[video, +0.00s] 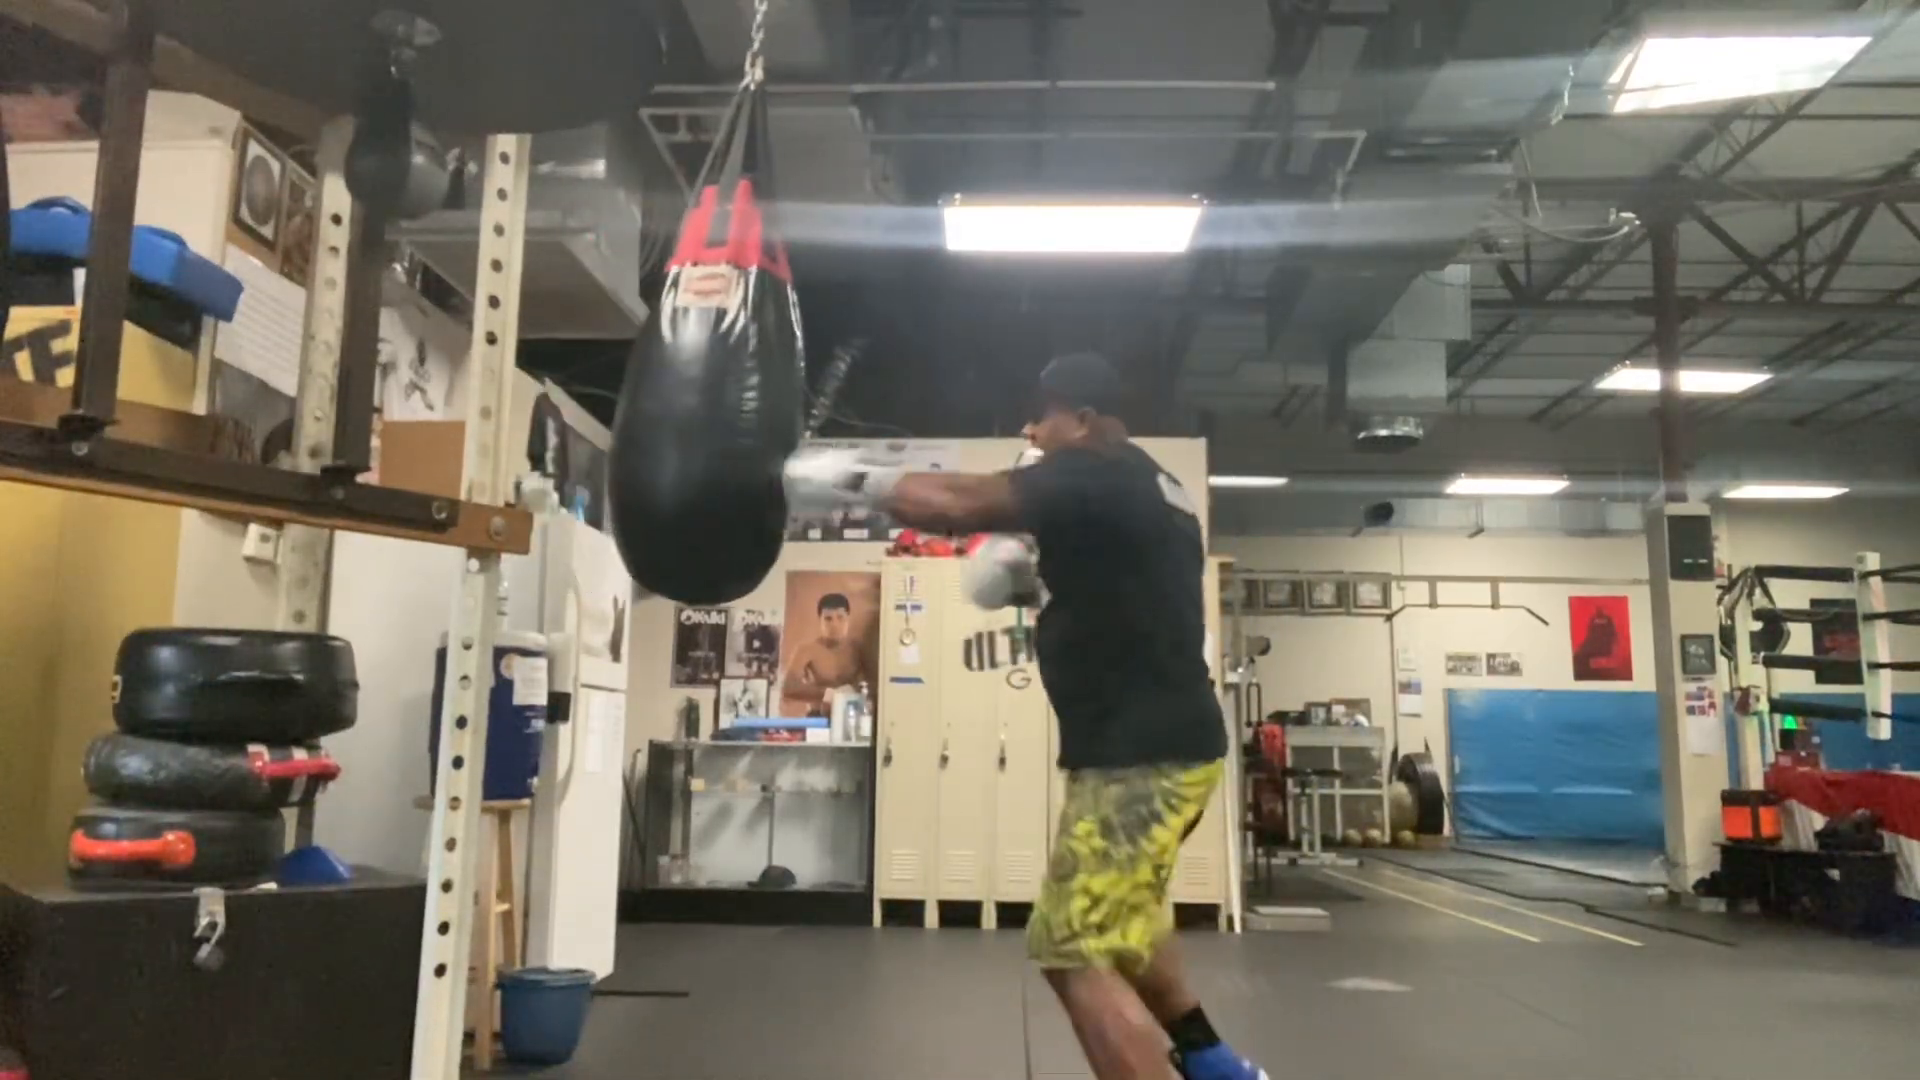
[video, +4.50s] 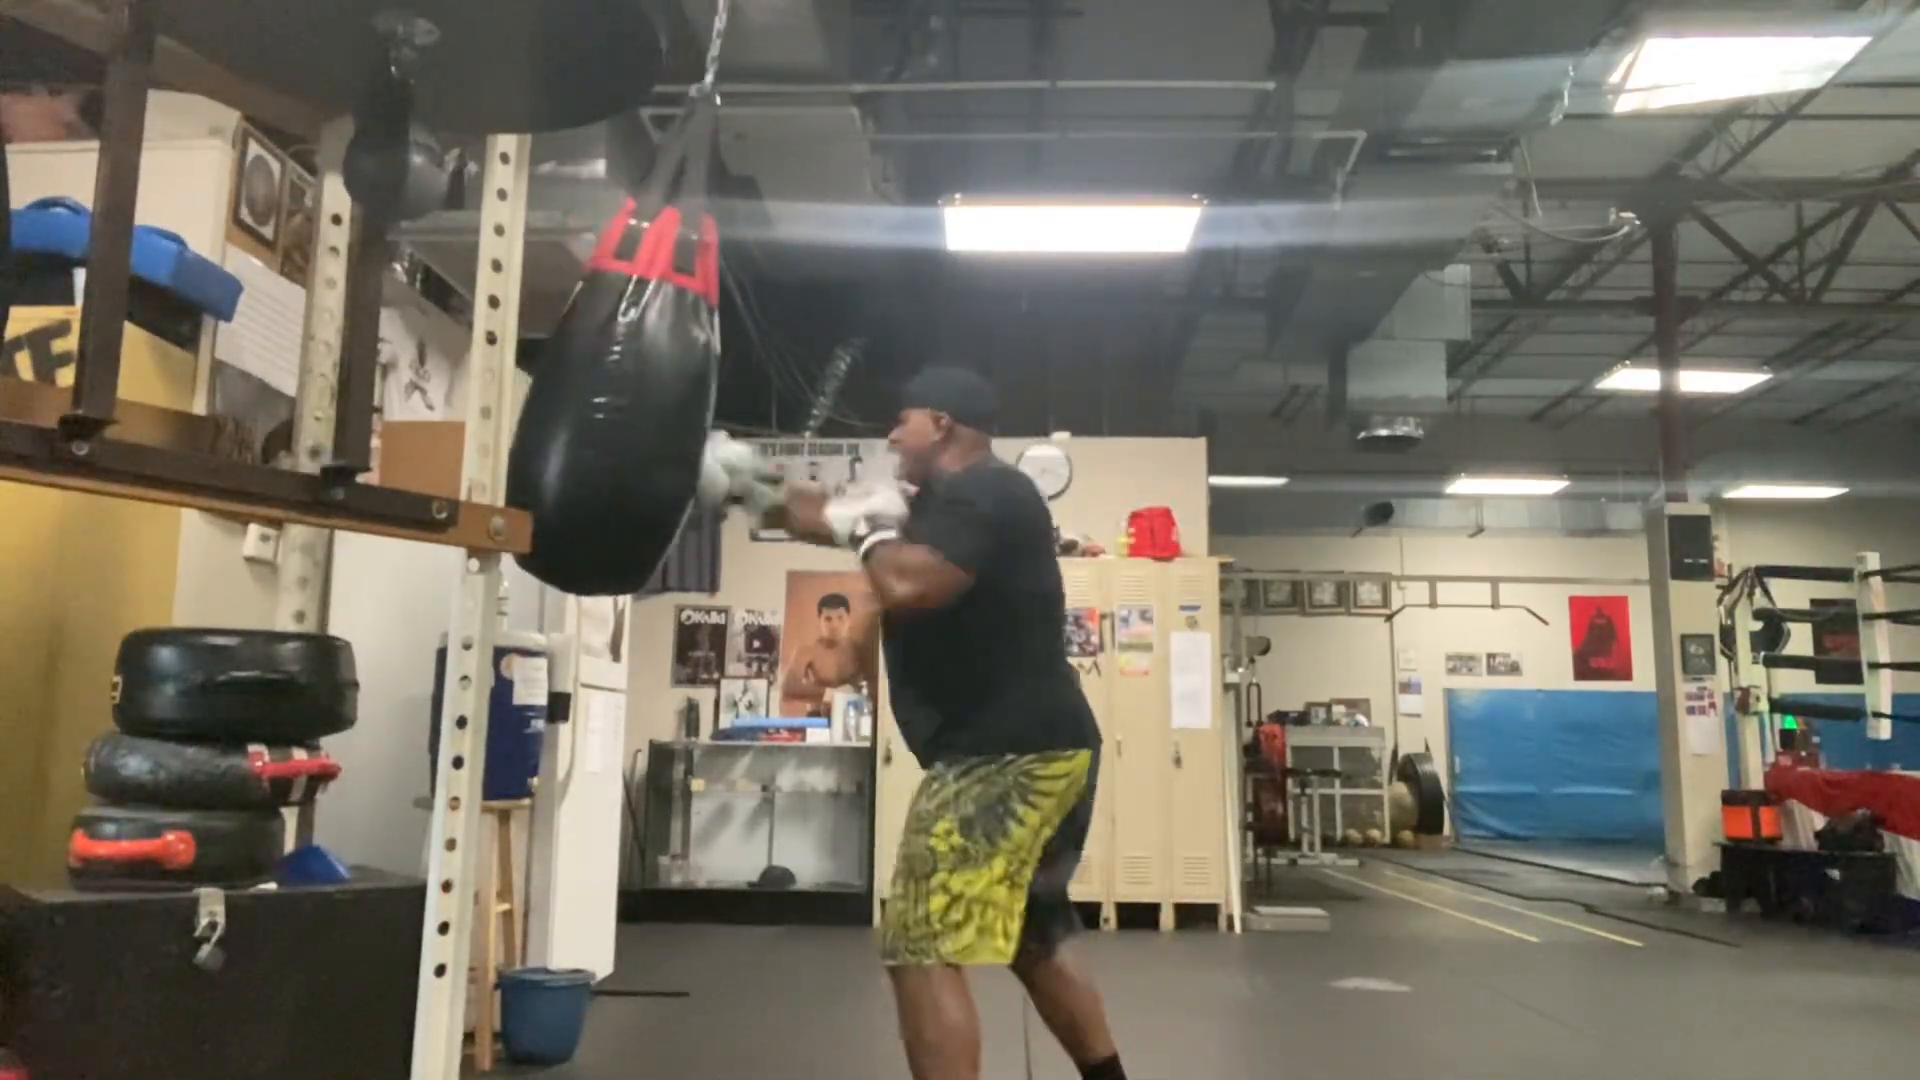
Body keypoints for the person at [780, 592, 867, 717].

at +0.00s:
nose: (834, 624)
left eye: (840, 617)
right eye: (828, 618)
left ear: (848, 619)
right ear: (819, 621)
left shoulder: (857, 651)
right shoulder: (806, 651)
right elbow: (789, 689)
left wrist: (816, 687)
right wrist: (826, 694)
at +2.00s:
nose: (834, 624)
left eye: (840, 618)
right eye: (828, 618)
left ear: (848, 620)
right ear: (819, 621)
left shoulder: (857, 651)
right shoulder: (806, 652)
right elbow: (788, 687)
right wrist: (824, 692)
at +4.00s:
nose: (834, 625)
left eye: (840, 618)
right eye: (828, 619)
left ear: (848, 620)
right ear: (819, 621)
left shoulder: (857, 651)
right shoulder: (808, 652)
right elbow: (790, 688)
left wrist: (816, 685)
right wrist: (828, 693)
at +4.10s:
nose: (834, 625)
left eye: (840, 618)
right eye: (828, 619)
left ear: (847, 620)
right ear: (820, 620)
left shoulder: (858, 651)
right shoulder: (807, 652)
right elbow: (790, 688)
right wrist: (828, 693)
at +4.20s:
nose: (834, 625)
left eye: (840, 618)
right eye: (828, 619)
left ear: (848, 620)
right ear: (819, 620)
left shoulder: (857, 651)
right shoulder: (808, 652)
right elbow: (789, 687)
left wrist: (817, 685)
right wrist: (826, 693)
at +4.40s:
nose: (834, 625)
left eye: (840, 618)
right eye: (828, 619)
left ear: (848, 619)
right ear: (819, 620)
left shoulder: (858, 652)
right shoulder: (807, 652)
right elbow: (789, 688)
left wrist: (816, 686)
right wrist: (827, 693)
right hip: (819, 717)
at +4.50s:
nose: (834, 625)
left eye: (840, 618)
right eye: (828, 619)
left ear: (848, 620)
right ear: (819, 621)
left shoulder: (857, 651)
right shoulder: (808, 652)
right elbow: (789, 688)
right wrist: (825, 693)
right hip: (820, 716)